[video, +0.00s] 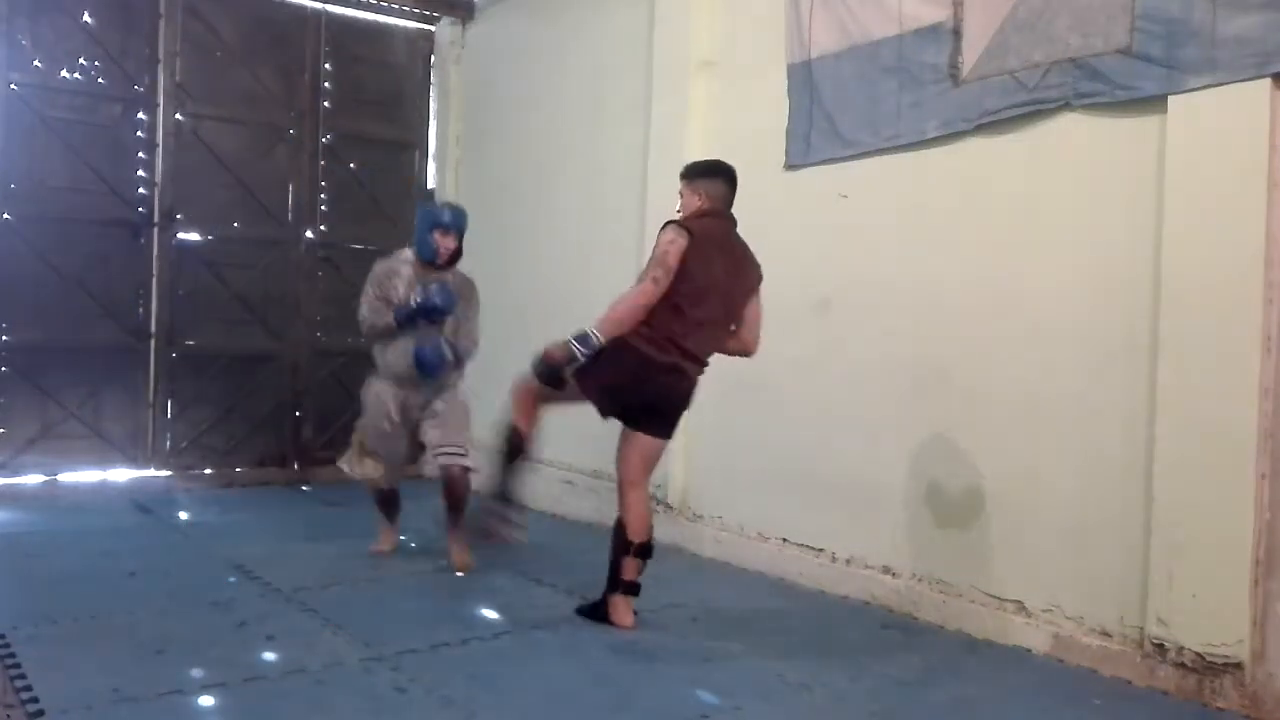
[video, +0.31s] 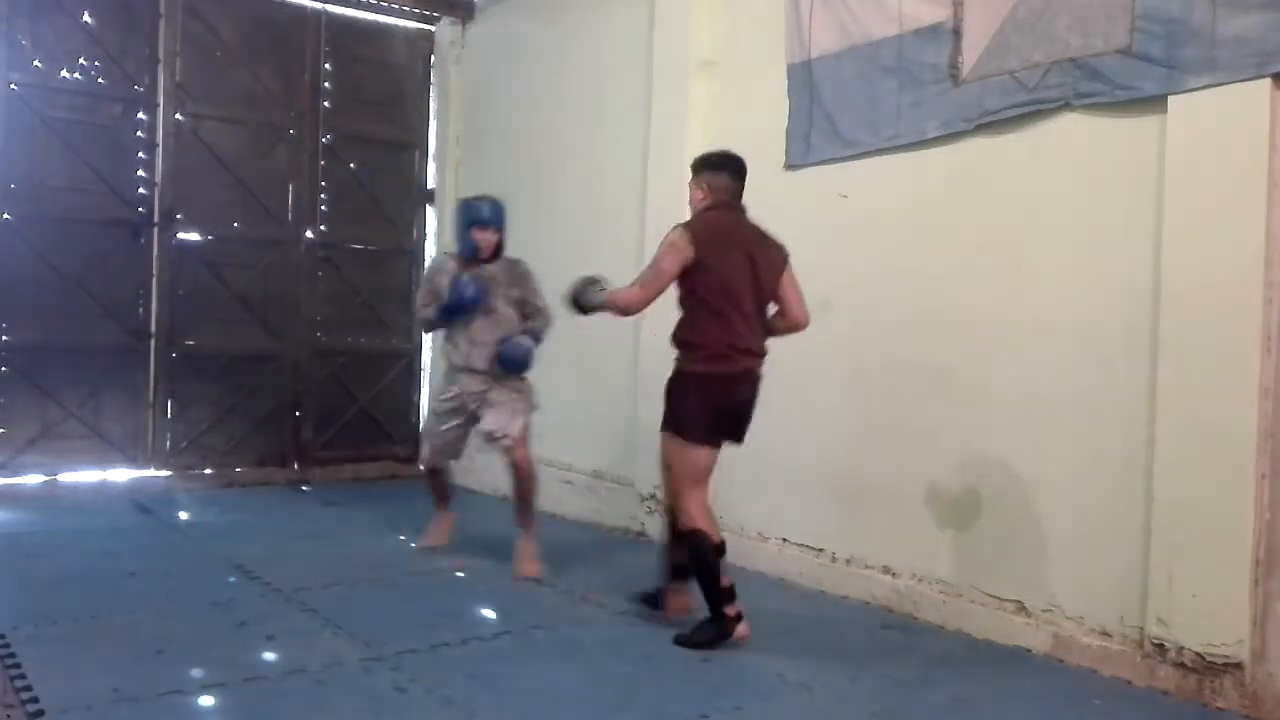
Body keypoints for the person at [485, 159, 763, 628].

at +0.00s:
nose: (679, 203)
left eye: (683, 195)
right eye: (681, 195)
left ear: (699, 197)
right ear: (726, 201)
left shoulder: (681, 233)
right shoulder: (748, 262)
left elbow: (649, 292)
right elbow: (745, 343)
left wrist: (581, 342)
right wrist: (689, 328)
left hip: (627, 363)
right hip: (674, 388)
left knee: (530, 390)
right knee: (635, 481)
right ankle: (621, 601)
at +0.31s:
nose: (689, 197)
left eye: (691, 190)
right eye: (691, 189)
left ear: (701, 192)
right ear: (738, 194)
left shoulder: (689, 236)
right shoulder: (766, 244)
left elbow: (636, 300)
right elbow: (796, 317)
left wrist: (594, 298)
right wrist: (752, 326)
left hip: (699, 379)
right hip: (741, 381)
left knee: (690, 496)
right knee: (681, 483)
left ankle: (726, 614)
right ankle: (676, 592)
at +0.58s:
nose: (734, 200)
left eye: (737, 192)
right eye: (736, 192)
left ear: (749, 192)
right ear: (780, 191)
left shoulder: (732, 240)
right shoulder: (811, 245)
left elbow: (711, 315)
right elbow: (824, 319)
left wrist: (683, 331)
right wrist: (783, 295)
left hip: (736, 390)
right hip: (791, 392)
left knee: (708, 493)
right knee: (778, 496)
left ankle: (737, 620)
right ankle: (800, 625)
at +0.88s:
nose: (803, 198)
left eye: (805, 190)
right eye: (805, 190)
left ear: (816, 192)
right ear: (854, 194)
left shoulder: (786, 234)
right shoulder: (878, 262)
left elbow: (752, 294)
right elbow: (856, 321)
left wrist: (705, 360)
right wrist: (812, 295)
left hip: (735, 365)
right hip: (788, 392)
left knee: (669, 340)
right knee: (778, 497)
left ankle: (611, 383)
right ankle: (794, 623)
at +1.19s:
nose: (818, 200)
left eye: (820, 192)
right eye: (820, 193)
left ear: (831, 194)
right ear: (870, 200)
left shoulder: (801, 228)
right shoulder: (889, 270)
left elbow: (756, 288)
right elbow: (846, 330)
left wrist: (687, 315)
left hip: (743, 367)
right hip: (802, 393)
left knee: (668, 412)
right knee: (786, 495)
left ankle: (613, 473)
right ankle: (793, 623)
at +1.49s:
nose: (761, 211)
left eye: (760, 204)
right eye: (763, 204)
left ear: (769, 198)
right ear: (810, 192)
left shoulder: (762, 230)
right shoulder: (852, 237)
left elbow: (737, 300)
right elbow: (817, 291)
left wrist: (741, 249)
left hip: (755, 388)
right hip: (820, 395)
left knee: (717, 494)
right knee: (800, 505)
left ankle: (743, 616)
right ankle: (801, 630)